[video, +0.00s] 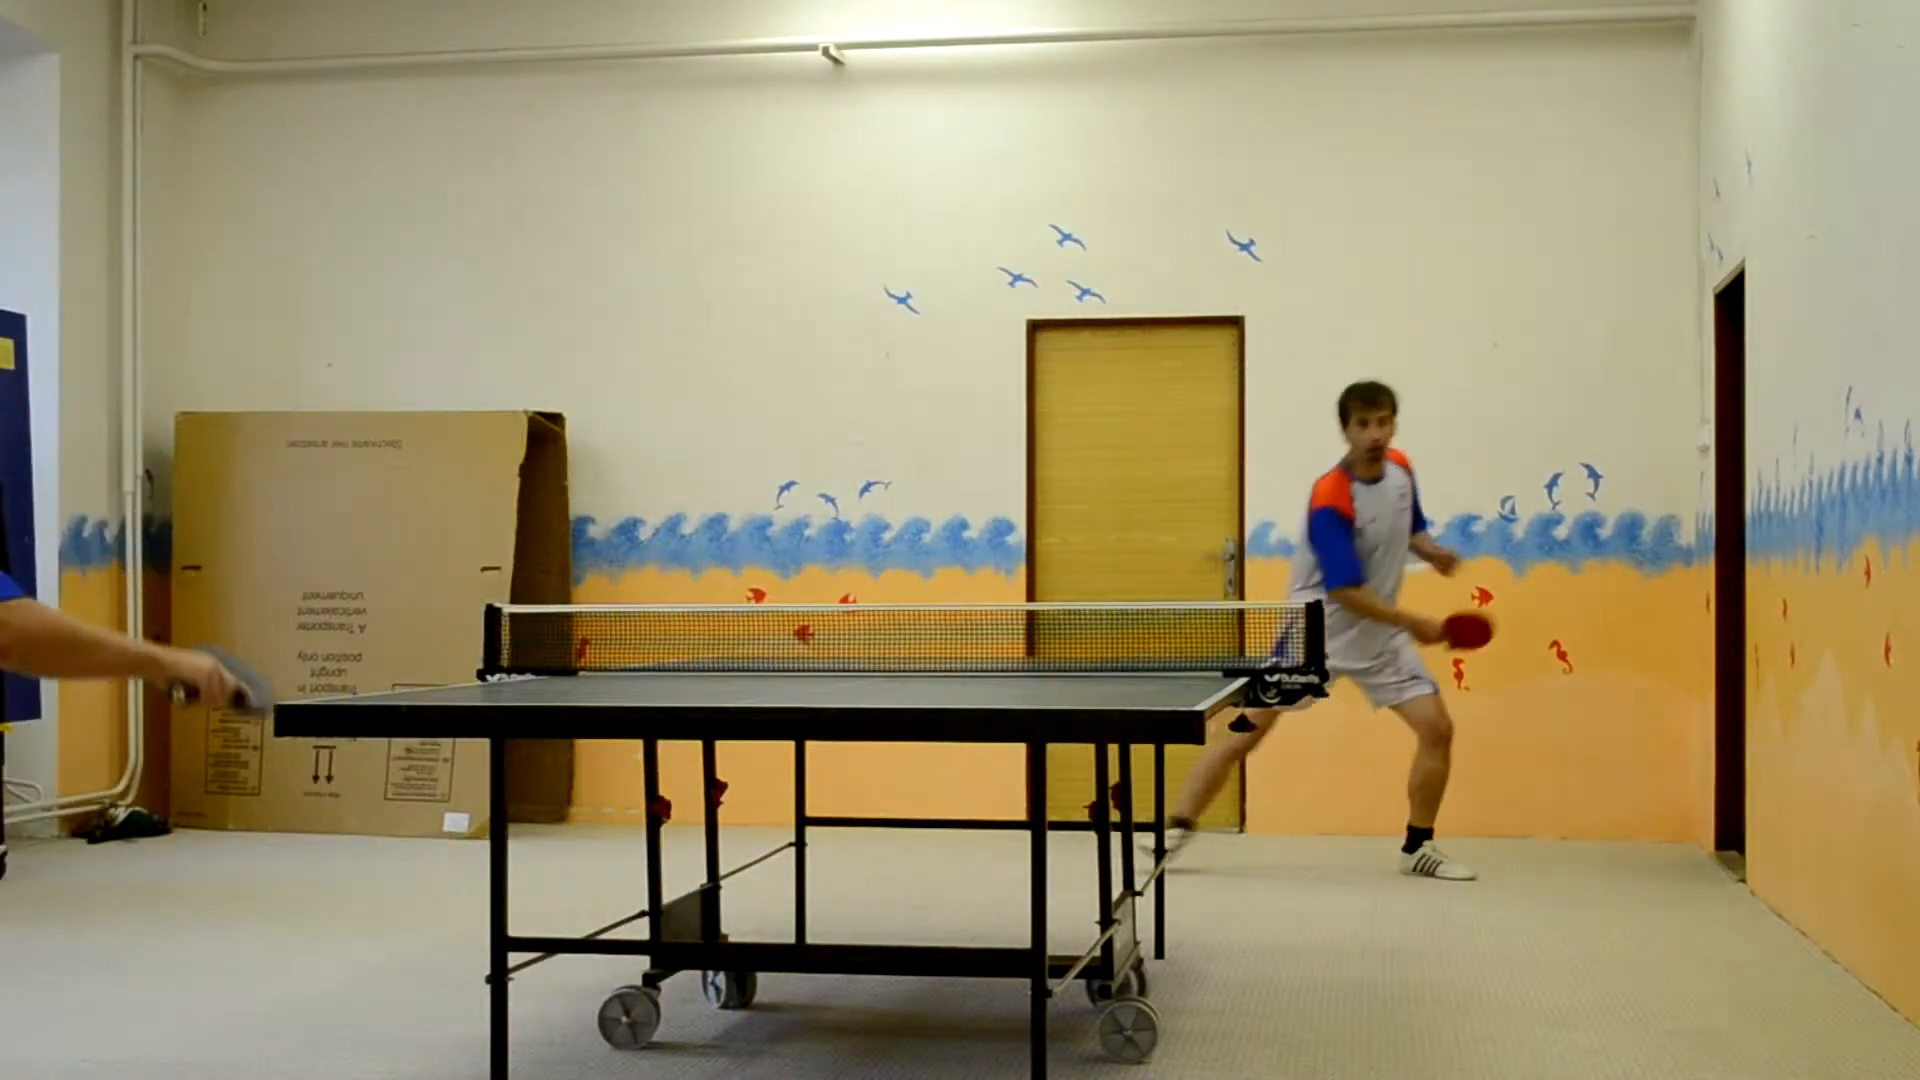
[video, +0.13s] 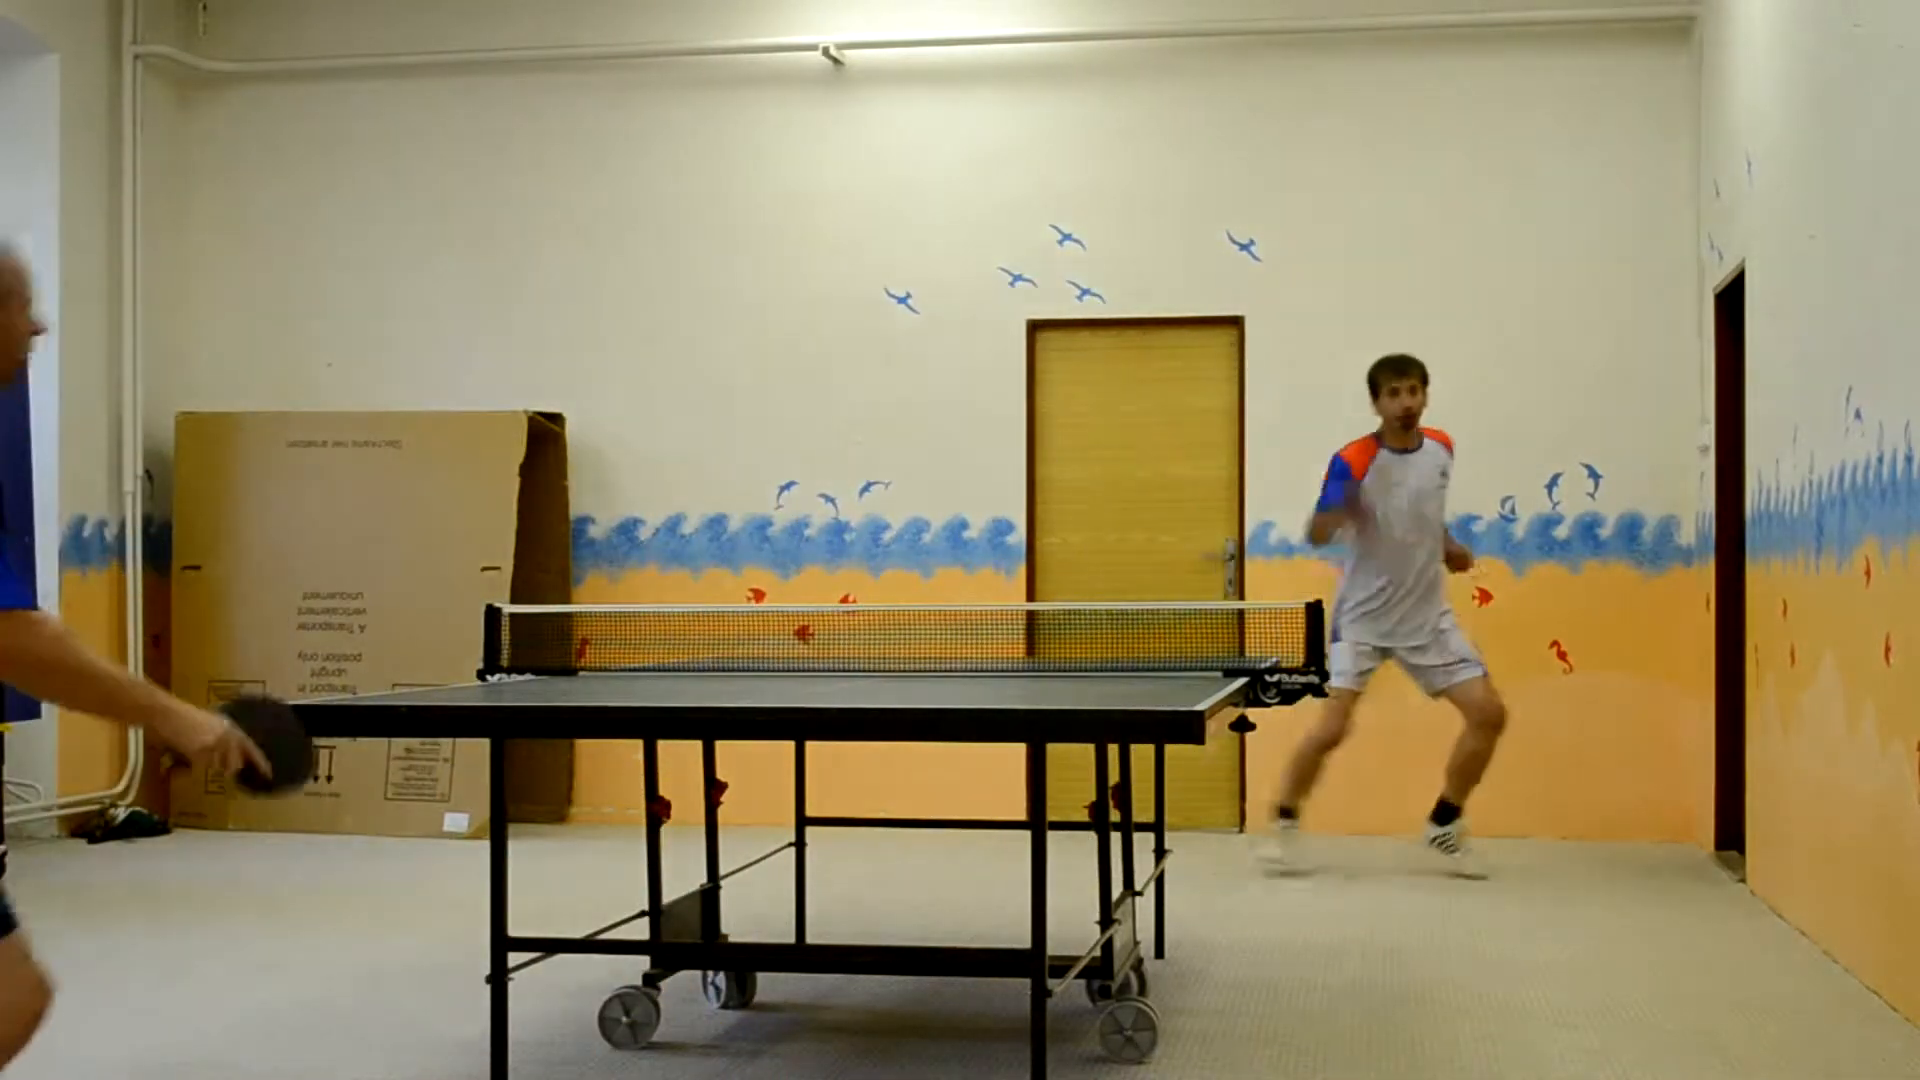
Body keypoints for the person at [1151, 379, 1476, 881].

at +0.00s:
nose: (1375, 434)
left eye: (1383, 423)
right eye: (1364, 425)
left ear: (1394, 426)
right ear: (1345, 430)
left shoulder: (1399, 469)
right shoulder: (1331, 497)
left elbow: (1412, 531)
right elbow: (1347, 592)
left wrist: (1434, 554)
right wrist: (1415, 624)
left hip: (1378, 630)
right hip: (1318, 628)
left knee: (1436, 729)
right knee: (1245, 733)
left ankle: (1417, 847)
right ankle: (1176, 830)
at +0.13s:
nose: (1406, 402)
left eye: (1414, 391)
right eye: (1395, 393)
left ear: (1426, 396)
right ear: (1376, 402)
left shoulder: (1439, 449)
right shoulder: (1353, 461)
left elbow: (1421, 515)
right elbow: (1316, 535)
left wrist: (1448, 548)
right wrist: (1343, 513)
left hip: (1426, 616)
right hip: (1363, 619)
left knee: (1488, 714)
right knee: (1333, 726)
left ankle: (1444, 825)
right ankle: (1285, 816)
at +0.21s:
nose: (1410, 397)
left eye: (1419, 386)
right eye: (1399, 389)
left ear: (1437, 392)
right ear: (1386, 398)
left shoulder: (1462, 451)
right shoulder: (1362, 461)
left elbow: (1467, 511)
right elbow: (1309, 524)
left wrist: (1476, 568)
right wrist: (1298, 484)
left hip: (1455, 618)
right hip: (1389, 622)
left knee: (1514, 731)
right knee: (1376, 730)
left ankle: (1509, 835)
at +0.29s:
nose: (1420, 398)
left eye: (1428, 389)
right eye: (1409, 393)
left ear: (1446, 400)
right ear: (1396, 409)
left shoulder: (1479, 461)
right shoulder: (1374, 471)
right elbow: (1336, 545)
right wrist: (1316, 523)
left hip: (1476, 624)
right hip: (1410, 629)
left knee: (1536, 742)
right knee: (1404, 739)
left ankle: (1531, 846)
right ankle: (1383, 848)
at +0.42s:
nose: (1431, 394)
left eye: (1437, 387)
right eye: (1418, 390)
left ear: (1452, 402)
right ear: (1403, 415)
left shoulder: (1493, 459)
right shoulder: (1393, 476)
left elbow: (1534, 516)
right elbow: (1374, 558)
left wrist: (1578, 553)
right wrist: (1361, 549)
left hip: (1497, 624)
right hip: (1427, 629)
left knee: (1544, 745)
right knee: (1410, 738)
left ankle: (1531, 847)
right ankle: (1384, 848)